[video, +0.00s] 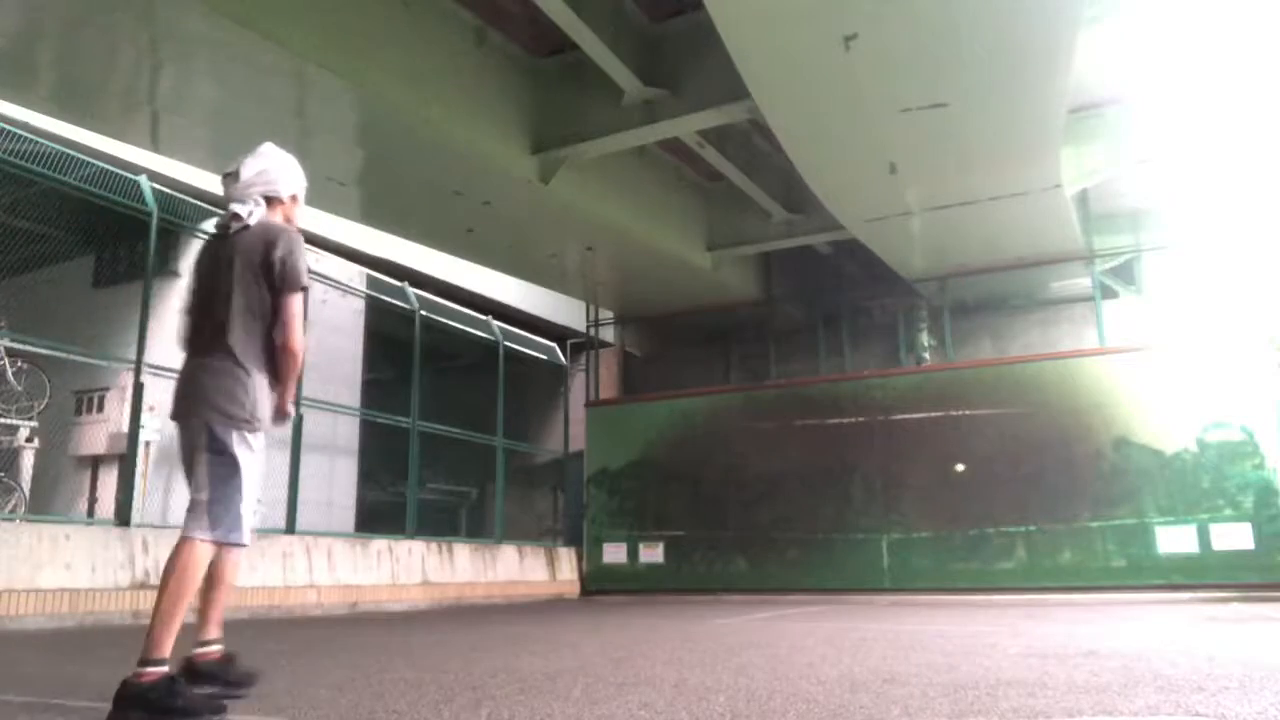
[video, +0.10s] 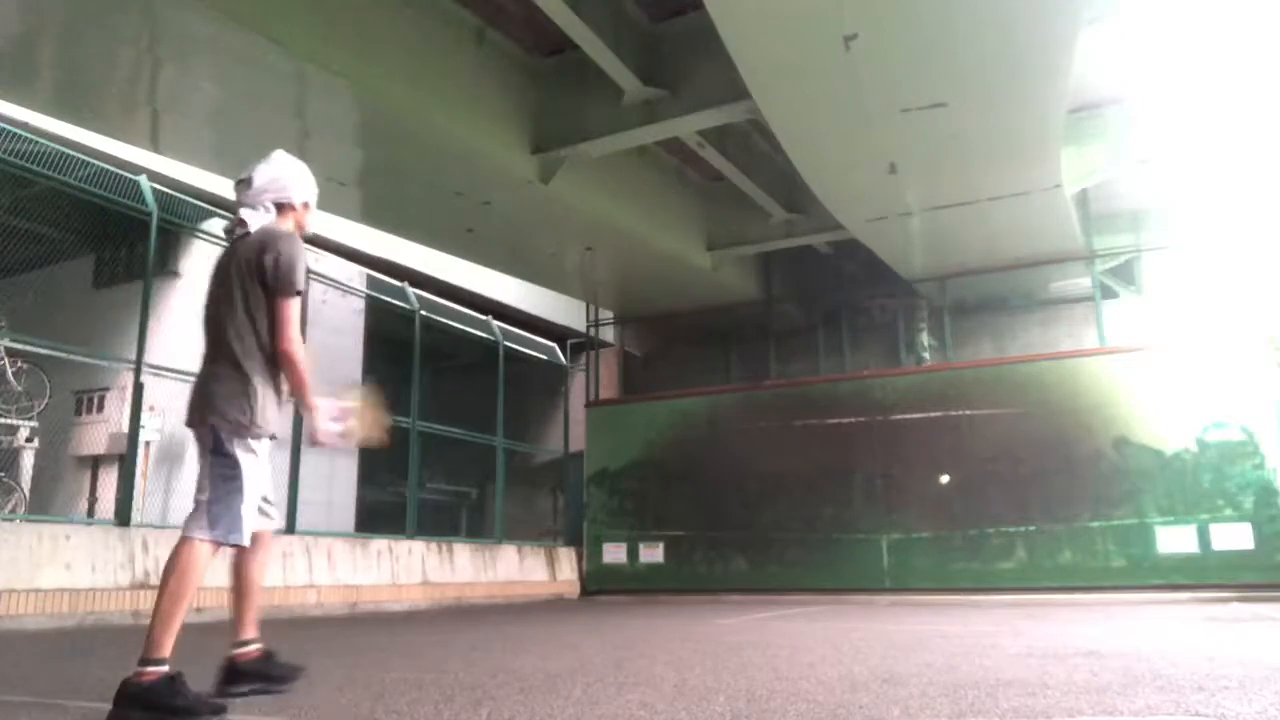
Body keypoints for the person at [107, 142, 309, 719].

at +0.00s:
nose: (301, 212)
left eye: (302, 202)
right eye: (300, 202)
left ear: (246, 197)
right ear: (282, 199)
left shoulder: (214, 246)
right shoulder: (282, 241)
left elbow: (196, 330)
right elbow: (290, 339)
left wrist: (230, 371)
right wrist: (285, 394)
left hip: (199, 392)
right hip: (235, 397)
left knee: (230, 529)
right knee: (203, 529)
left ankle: (208, 652)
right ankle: (149, 671)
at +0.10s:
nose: (311, 219)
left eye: (311, 209)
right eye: (309, 208)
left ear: (261, 203)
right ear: (292, 205)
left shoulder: (237, 250)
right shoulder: (283, 246)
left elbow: (226, 338)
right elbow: (287, 345)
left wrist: (292, 392)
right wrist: (316, 409)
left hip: (222, 405)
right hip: (242, 411)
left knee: (260, 528)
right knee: (206, 531)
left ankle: (246, 655)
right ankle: (149, 673)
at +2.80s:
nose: (510, 294)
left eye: (509, 286)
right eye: (505, 286)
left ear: (489, 289)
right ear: (486, 287)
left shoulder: (505, 335)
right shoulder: (446, 320)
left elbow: (552, 374)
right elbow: (396, 356)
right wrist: (367, 352)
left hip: (473, 450)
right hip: (452, 448)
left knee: (433, 549)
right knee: (498, 532)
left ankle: (385, 642)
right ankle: (501, 646)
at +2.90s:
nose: (540, 299)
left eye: (540, 291)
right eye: (535, 291)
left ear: (521, 294)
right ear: (516, 294)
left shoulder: (531, 344)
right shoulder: (476, 326)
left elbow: (570, 397)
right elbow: (433, 356)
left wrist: (619, 432)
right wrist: (396, 372)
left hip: (492, 450)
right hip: (475, 448)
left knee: (443, 549)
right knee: (530, 535)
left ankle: (386, 641)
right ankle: (504, 648)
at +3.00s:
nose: (577, 311)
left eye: (577, 303)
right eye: (573, 303)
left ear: (546, 303)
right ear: (555, 304)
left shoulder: (539, 346)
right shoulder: (530, 338)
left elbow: (550, 401)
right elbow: (495, 386)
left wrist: (590, 442)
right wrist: (479, 416)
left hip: (478, 447)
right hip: (495, 447)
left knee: (479, 551)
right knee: (552, 543)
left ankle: (402, 634)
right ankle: (506, 647)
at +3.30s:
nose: (654, 324)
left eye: (654, 316)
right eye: (652, 316)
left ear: (611, 311)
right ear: (637, 314)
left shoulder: (575, 341)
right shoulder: (630, 344)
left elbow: (537, 384)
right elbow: (692, 376)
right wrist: (741, 379)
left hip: (543, 455)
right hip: (557, 458)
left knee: (611, 533)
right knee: (586, 553)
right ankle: (512, 642)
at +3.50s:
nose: (686, 315)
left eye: (685, 309)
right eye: (684, 309)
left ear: (642, 307)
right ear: (674, 309)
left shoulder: (613, 348)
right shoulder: (675, 337)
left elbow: (561, 388)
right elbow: (746, 345)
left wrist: (565, 446)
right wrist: (742, 306)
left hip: (616, 470)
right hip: (642, 470)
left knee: (694, 540)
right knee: (663, 568)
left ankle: (687, 648)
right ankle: (555, 622)